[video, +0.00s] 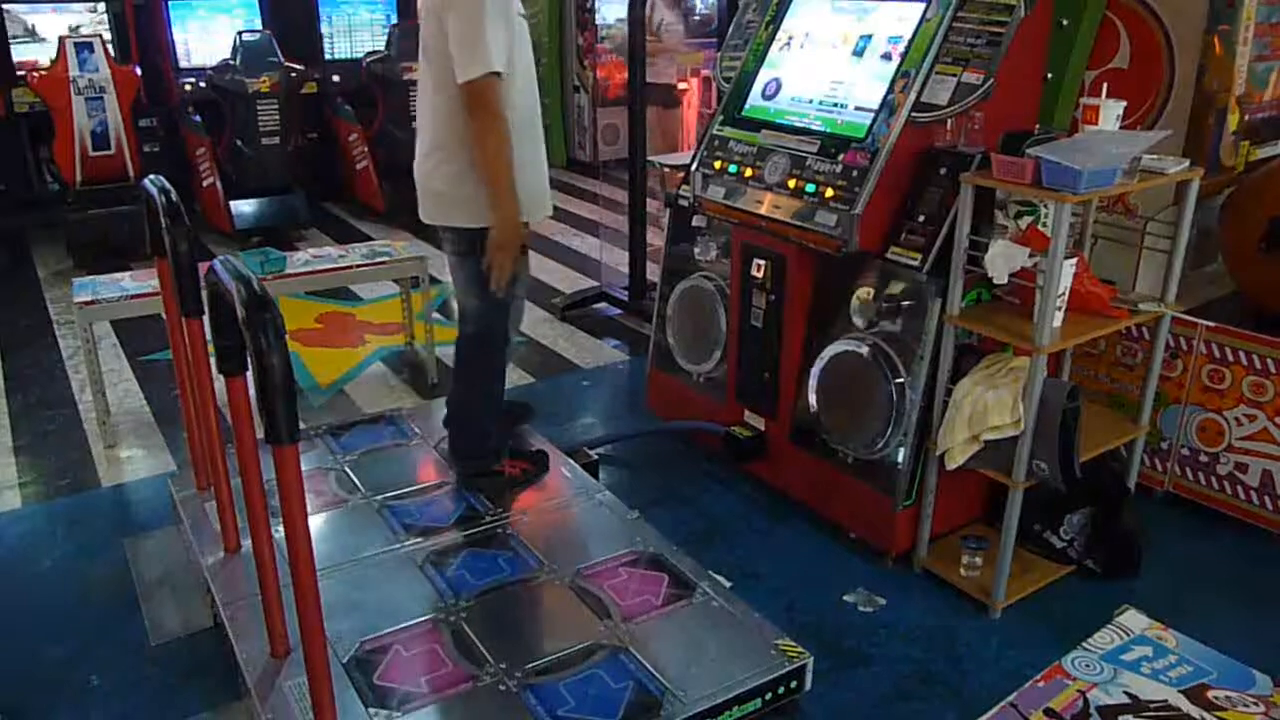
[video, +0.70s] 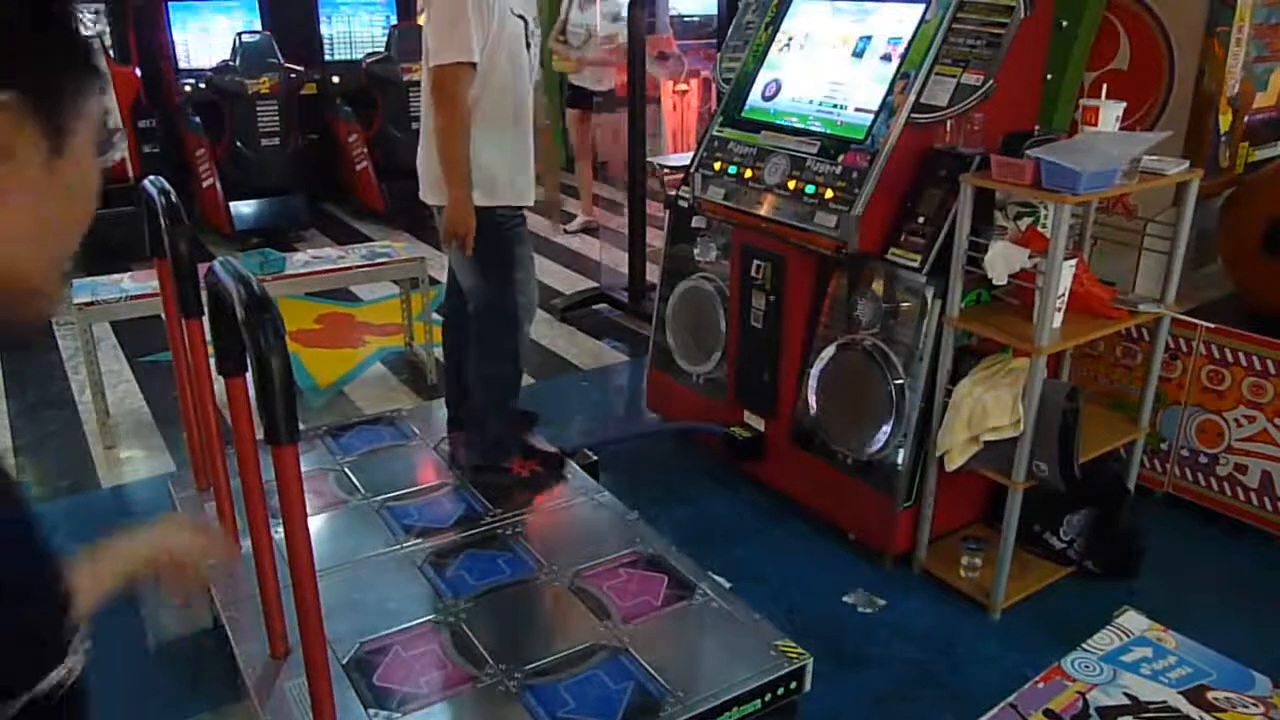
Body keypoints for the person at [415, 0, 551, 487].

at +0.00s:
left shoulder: (472, 8)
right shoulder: (472, 6)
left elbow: (481, 103)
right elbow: (483, 103)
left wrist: (509, 209)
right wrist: (505, 219)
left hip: (472, 196)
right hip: (479, 200)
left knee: (486, 325)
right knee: (485, 334)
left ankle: (480, 415)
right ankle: (478, 463)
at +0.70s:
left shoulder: (515, 7)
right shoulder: (459, 4)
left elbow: (504, 90)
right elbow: (447, 89)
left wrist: (518, 181)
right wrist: (459, 196)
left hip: (494, 189)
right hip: (481, 196)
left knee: (471, 317)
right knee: (502, 323)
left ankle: (472, 431)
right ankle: (490, 454)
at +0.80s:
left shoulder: (534, 8)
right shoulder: (465, 4)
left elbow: (547, 92)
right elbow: (449, 93)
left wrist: (581, 163)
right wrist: (463, 197)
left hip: (501, 185)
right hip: (474, 191)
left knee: (468, 314)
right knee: (501, 324)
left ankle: (468, 425)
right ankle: (519, 456)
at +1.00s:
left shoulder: (550, 8)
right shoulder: (473, 5)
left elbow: (590, 82)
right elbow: (461, 98)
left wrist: (648, 137)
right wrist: (481, 203)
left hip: (524, 190)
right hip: (489, 195)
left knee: (485, 310)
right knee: (512, 327)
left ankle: (470, 412)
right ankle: (531, 452)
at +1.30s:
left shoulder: (574, 5)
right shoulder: (482, 4)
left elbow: (616, 68)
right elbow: (469, 98)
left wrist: (681, 134)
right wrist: (497, 212)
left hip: (553, 195)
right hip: (507, 202)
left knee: (523, 325)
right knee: (521, 333)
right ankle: (531, 454)